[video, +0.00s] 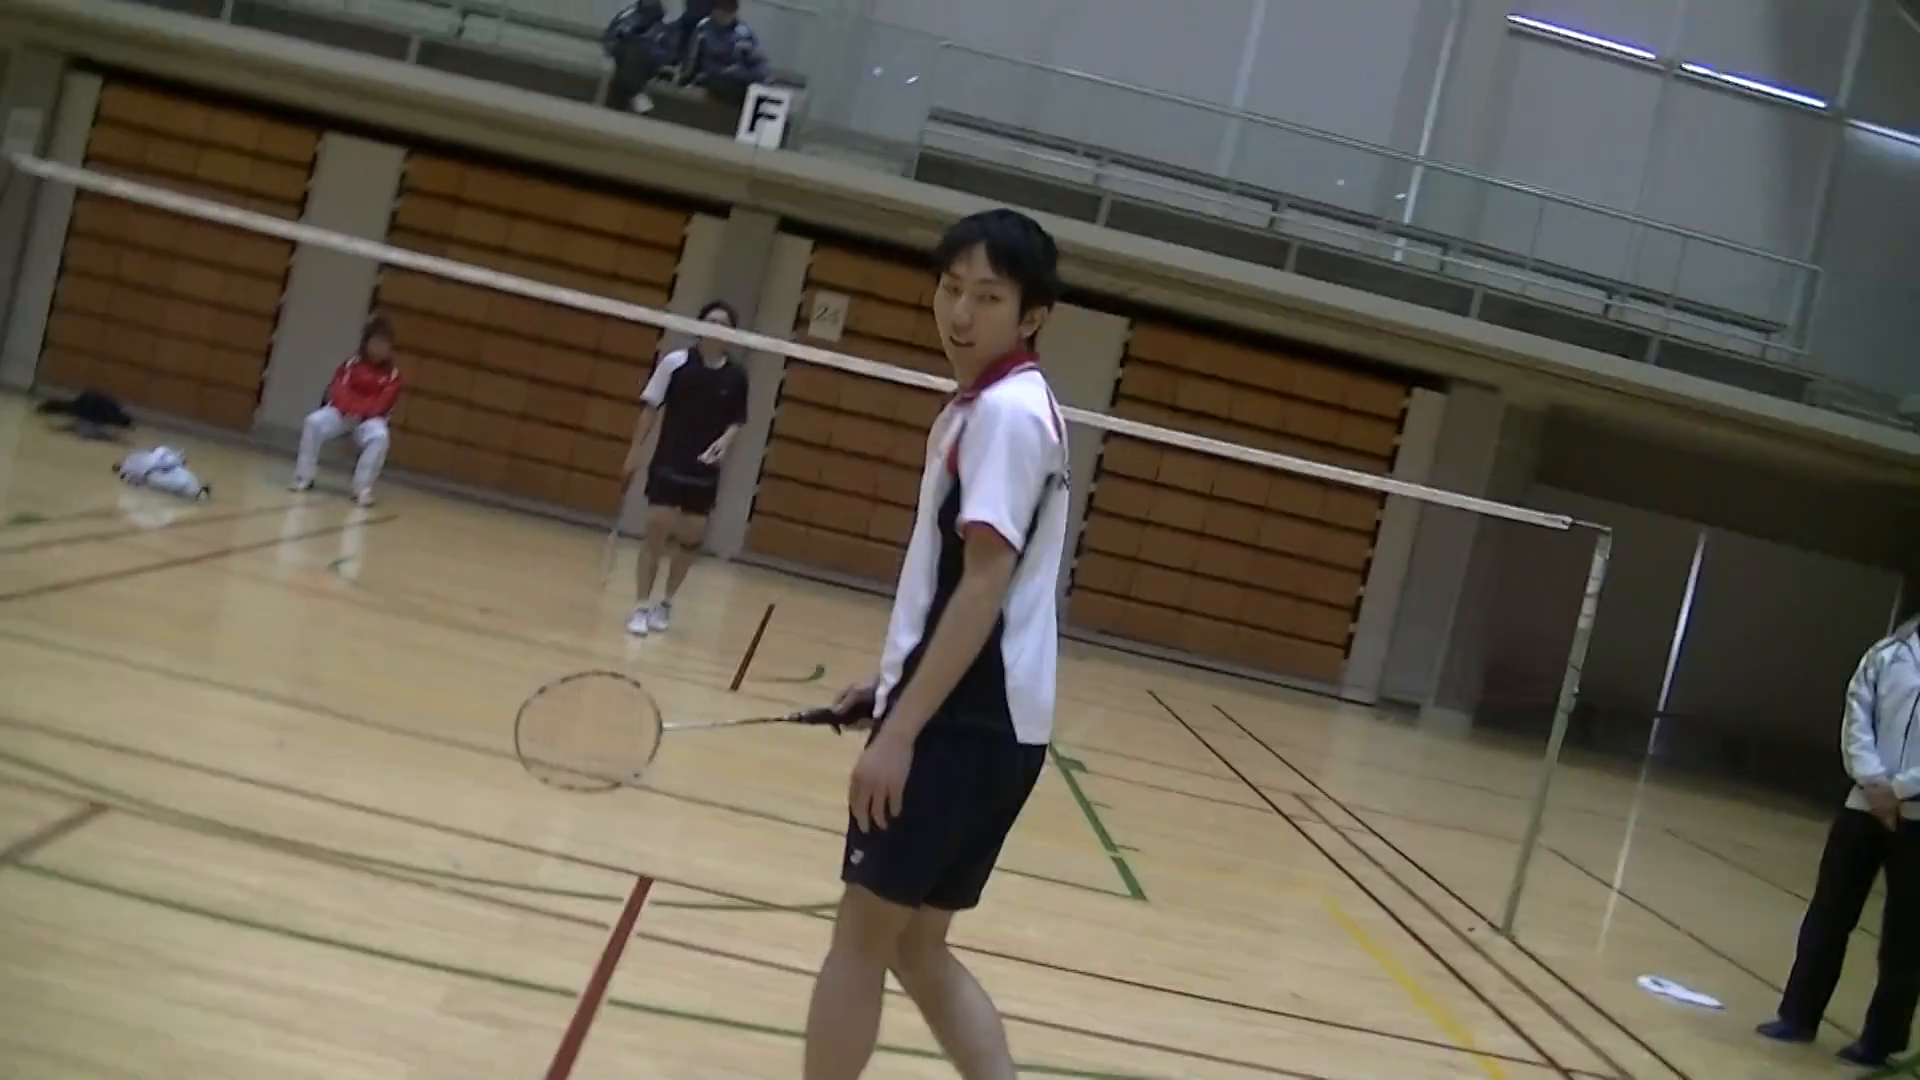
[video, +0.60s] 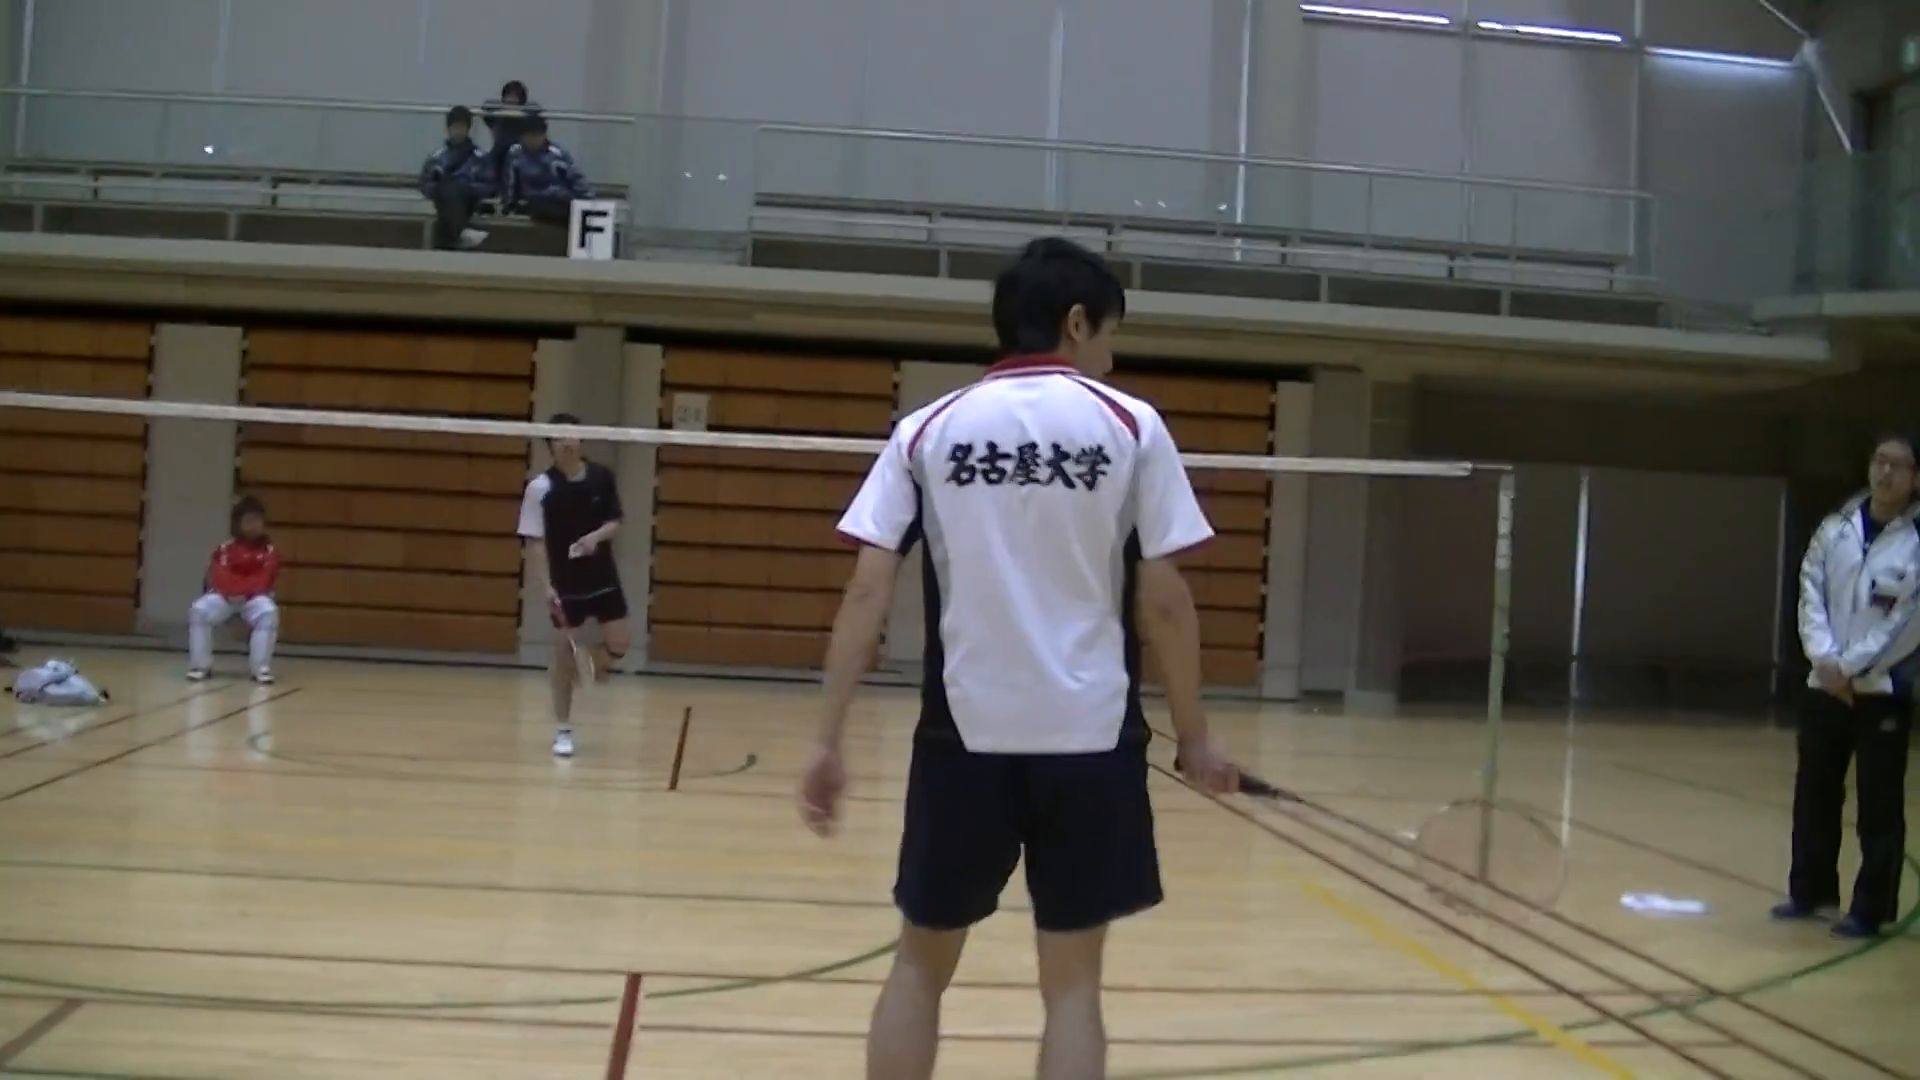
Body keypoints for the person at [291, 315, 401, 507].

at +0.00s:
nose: (378, 350)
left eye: (384, 344)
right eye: (374, 343)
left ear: (391, 348)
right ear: (365, 344)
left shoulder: (392, 376)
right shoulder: (351, 365)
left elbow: (382, 404)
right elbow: (337, 391)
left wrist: (360, 412)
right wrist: (348, 408)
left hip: (370, 417)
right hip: (342, 410)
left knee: (379, 439)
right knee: (314, 423)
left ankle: (362, 488)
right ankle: (304, 477)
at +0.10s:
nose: (353, 402)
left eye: (358, 396)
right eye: (348, 395)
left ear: (365, 399)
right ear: (339, 397)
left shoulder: (367, 427)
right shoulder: (326, 418)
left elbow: (358, 456)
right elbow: (314, 444)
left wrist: (338, 465)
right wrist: (323, 462)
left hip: (347, 469)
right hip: (319, 464)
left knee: (359, 489)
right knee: (292, 476)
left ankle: (345, 539)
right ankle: (285, 531)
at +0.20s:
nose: (343, 441)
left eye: (347, 435)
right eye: (338, 435)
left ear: (354, 438)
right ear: (329, 437)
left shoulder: (359, 466)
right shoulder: (317, 460)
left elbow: (351, 495)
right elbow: (307, 487)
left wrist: (331, 506)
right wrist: (317, 504)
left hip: (341, 510)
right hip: (313, 506)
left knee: (353, 529)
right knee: (286, 520)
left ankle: (342, 580)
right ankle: (282, 575)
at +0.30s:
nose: (320, 476)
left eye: (325, 470)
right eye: (315, 470)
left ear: (332, 472)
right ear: (306, 472)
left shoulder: (336, 501)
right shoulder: (296, 496)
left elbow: (331, 530)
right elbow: (286, 524)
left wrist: (313, 541)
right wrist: (298, 539)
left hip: (322, 544)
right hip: (294, 542)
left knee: (334, 563)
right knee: (267, 558)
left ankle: (325, 615)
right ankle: (265, 612)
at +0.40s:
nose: (295, 503)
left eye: (300, 497)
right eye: (289, 497)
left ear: (306, 499)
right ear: (280, 500)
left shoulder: (312, 527)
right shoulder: (269, 524)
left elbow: (308, 556)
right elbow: (261, 550)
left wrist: (289, 569)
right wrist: (272, 567)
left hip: (298, 571)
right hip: (270, 570)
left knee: (311, 590)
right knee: (243, 586)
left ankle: (303, 642)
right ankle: (242, 641)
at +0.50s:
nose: (273, 519)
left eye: (278, 512)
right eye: (268, 513)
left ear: (284, 515)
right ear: (258, 516)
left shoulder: (289, 543)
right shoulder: (247, 540)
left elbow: (286, 572)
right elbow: (238, 566)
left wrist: (266, 585)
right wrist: (250, 584)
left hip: (275, 588)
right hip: (247, 586)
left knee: (288, 607)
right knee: (220, 603)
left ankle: (281, 659)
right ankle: (220, 658)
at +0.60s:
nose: (254, 526)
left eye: (258, 520)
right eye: (248, 521)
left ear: (263, 523)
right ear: (237, 524)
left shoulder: (268, 552)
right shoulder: (225, 549)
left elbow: (264, 580)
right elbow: (217, 576)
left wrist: (244, 593)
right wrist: (230, 591)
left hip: (254, 595)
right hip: (226, 594)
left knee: (268, 613)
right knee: (199, 611)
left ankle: (261, 667)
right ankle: (200, 666)